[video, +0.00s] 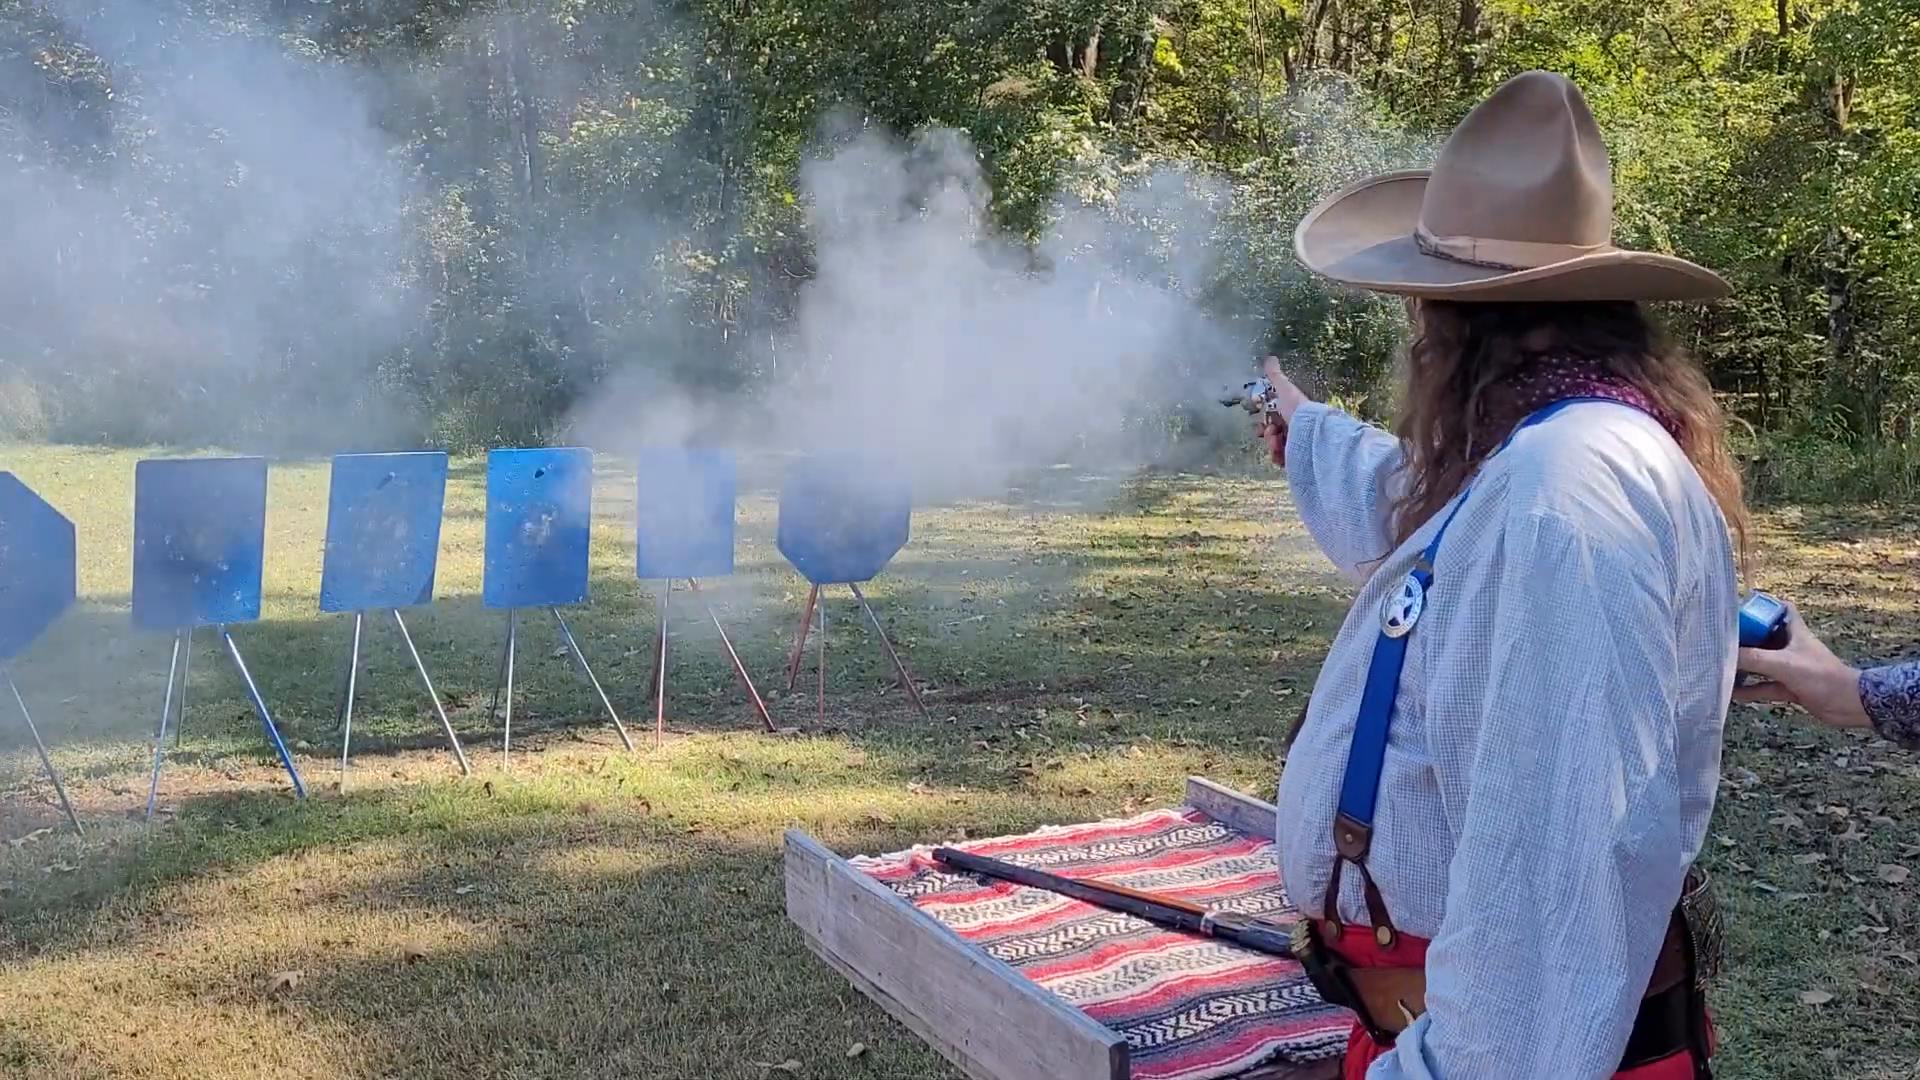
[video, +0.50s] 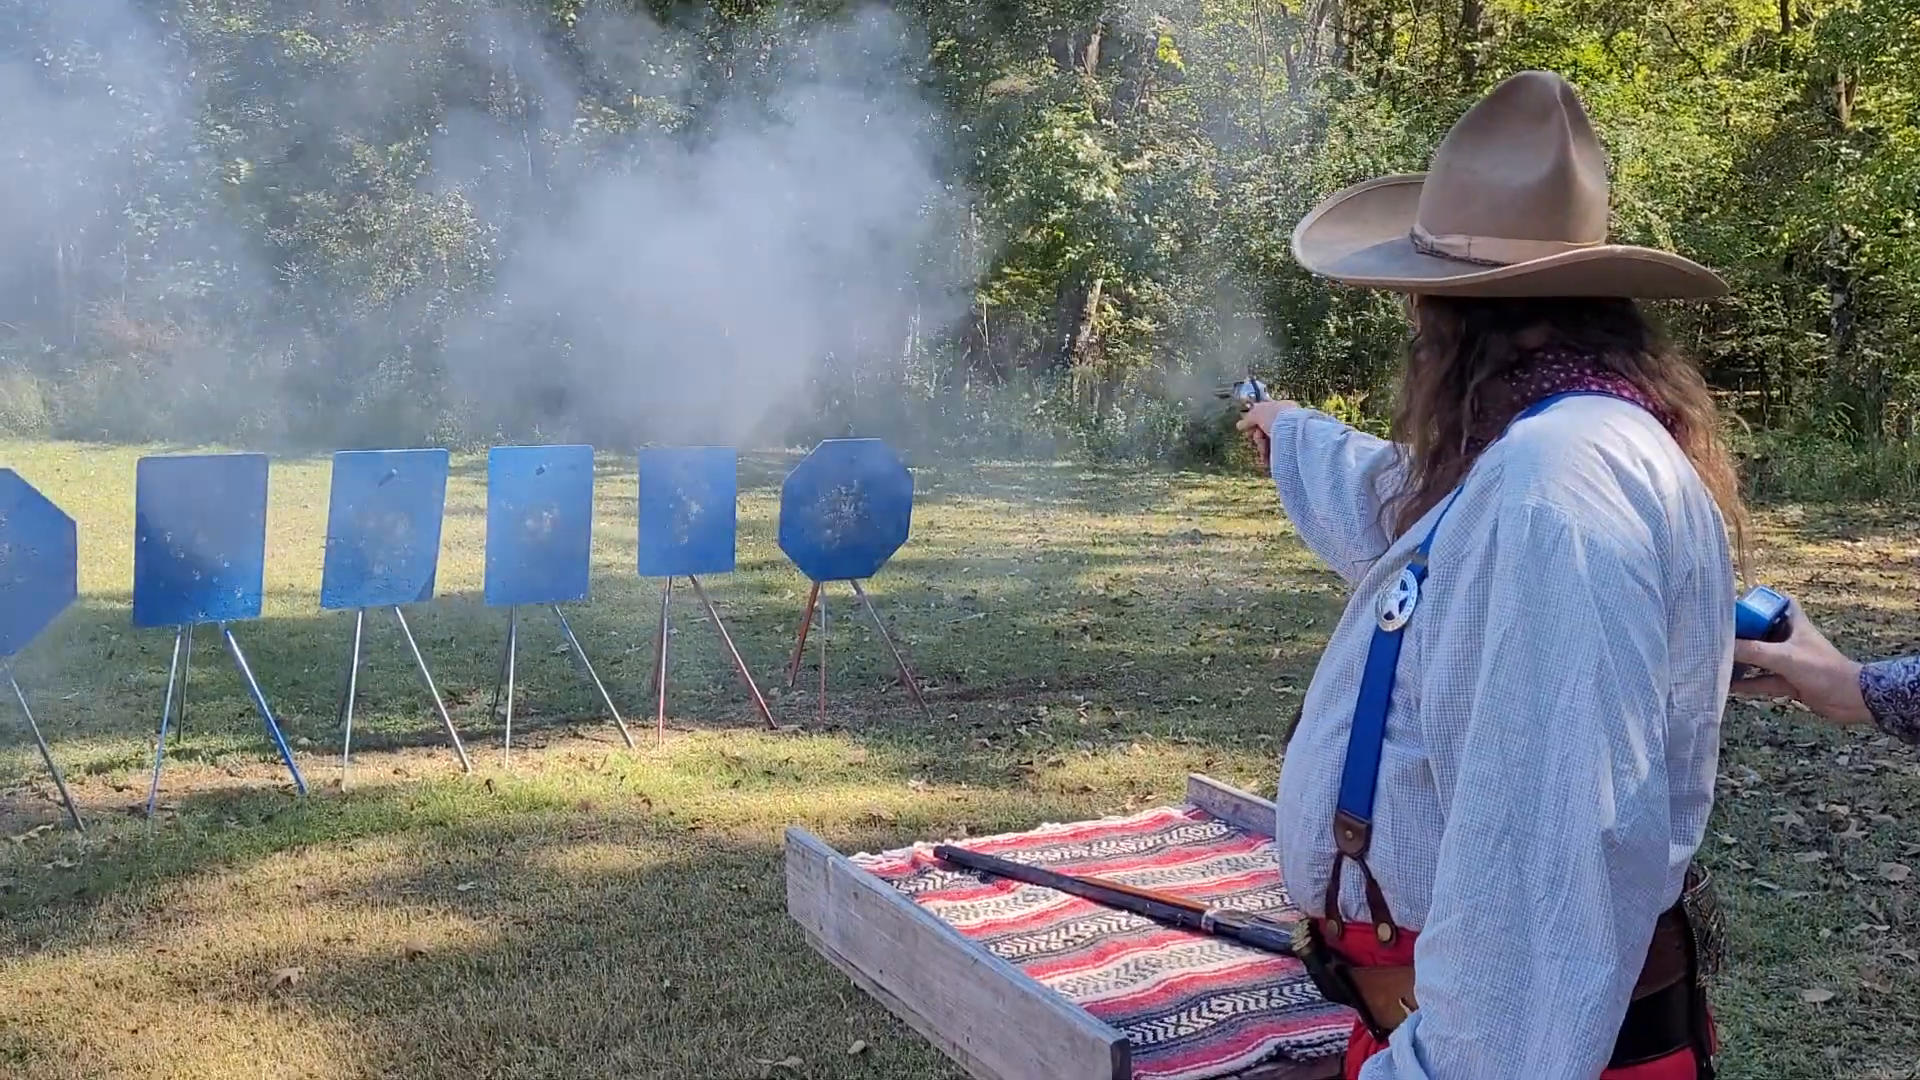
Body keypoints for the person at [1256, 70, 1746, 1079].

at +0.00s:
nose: (1409, 329)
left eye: (1421, 304)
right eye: (1411, 301)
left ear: (1461, 320)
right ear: (1566, 308)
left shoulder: (1562, 496)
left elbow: (1558, 872)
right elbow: (1412, 509)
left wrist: (1437, 1062)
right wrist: (1303, 429)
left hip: (1494, 1022)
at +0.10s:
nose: (1411, 329)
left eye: (1422, 305)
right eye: (1413, 302)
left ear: (1464, 320)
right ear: (1567, 307)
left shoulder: (1558, 494)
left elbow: (1551, 879)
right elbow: (1412, 511)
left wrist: (1446, 1062)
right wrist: (1298, 443)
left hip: (1486, 1029)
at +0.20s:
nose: (1410, 331)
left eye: (1420, 305)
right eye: (1411, 303)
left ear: (1463, 321)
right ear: (1566, 308)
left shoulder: (1557, 490)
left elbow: (1546, 879)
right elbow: (1408, 510)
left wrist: (1443, 1061)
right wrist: (1297, 452)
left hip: (1497, 1026)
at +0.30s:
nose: (1409, 328)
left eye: (1421, 303)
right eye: (1412, 299)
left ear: (1460, 319)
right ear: (1567, 307)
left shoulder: (1559, 489)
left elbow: (1547, 865)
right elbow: (1411, 515)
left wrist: (1437, 1060)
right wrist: (1297, 452)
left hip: (1510, 1028)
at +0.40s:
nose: (1409, 328)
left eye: (1420, 303)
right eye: (1411, 300)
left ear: (1457, 321)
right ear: (1567, 308)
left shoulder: (1555, 487)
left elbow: (1544, 865)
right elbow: (1399, 508)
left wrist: (1437, 1058)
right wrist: (1289, 444)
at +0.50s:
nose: (1406, 324)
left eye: (1417, 300)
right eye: (1409, 296)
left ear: (1454, 317)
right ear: (1567, 304)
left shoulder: (1551, 488)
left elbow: (1548, 859)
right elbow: (1401, 500)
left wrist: (1439, 1058)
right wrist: (1287, 436)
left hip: (1510, 1022)